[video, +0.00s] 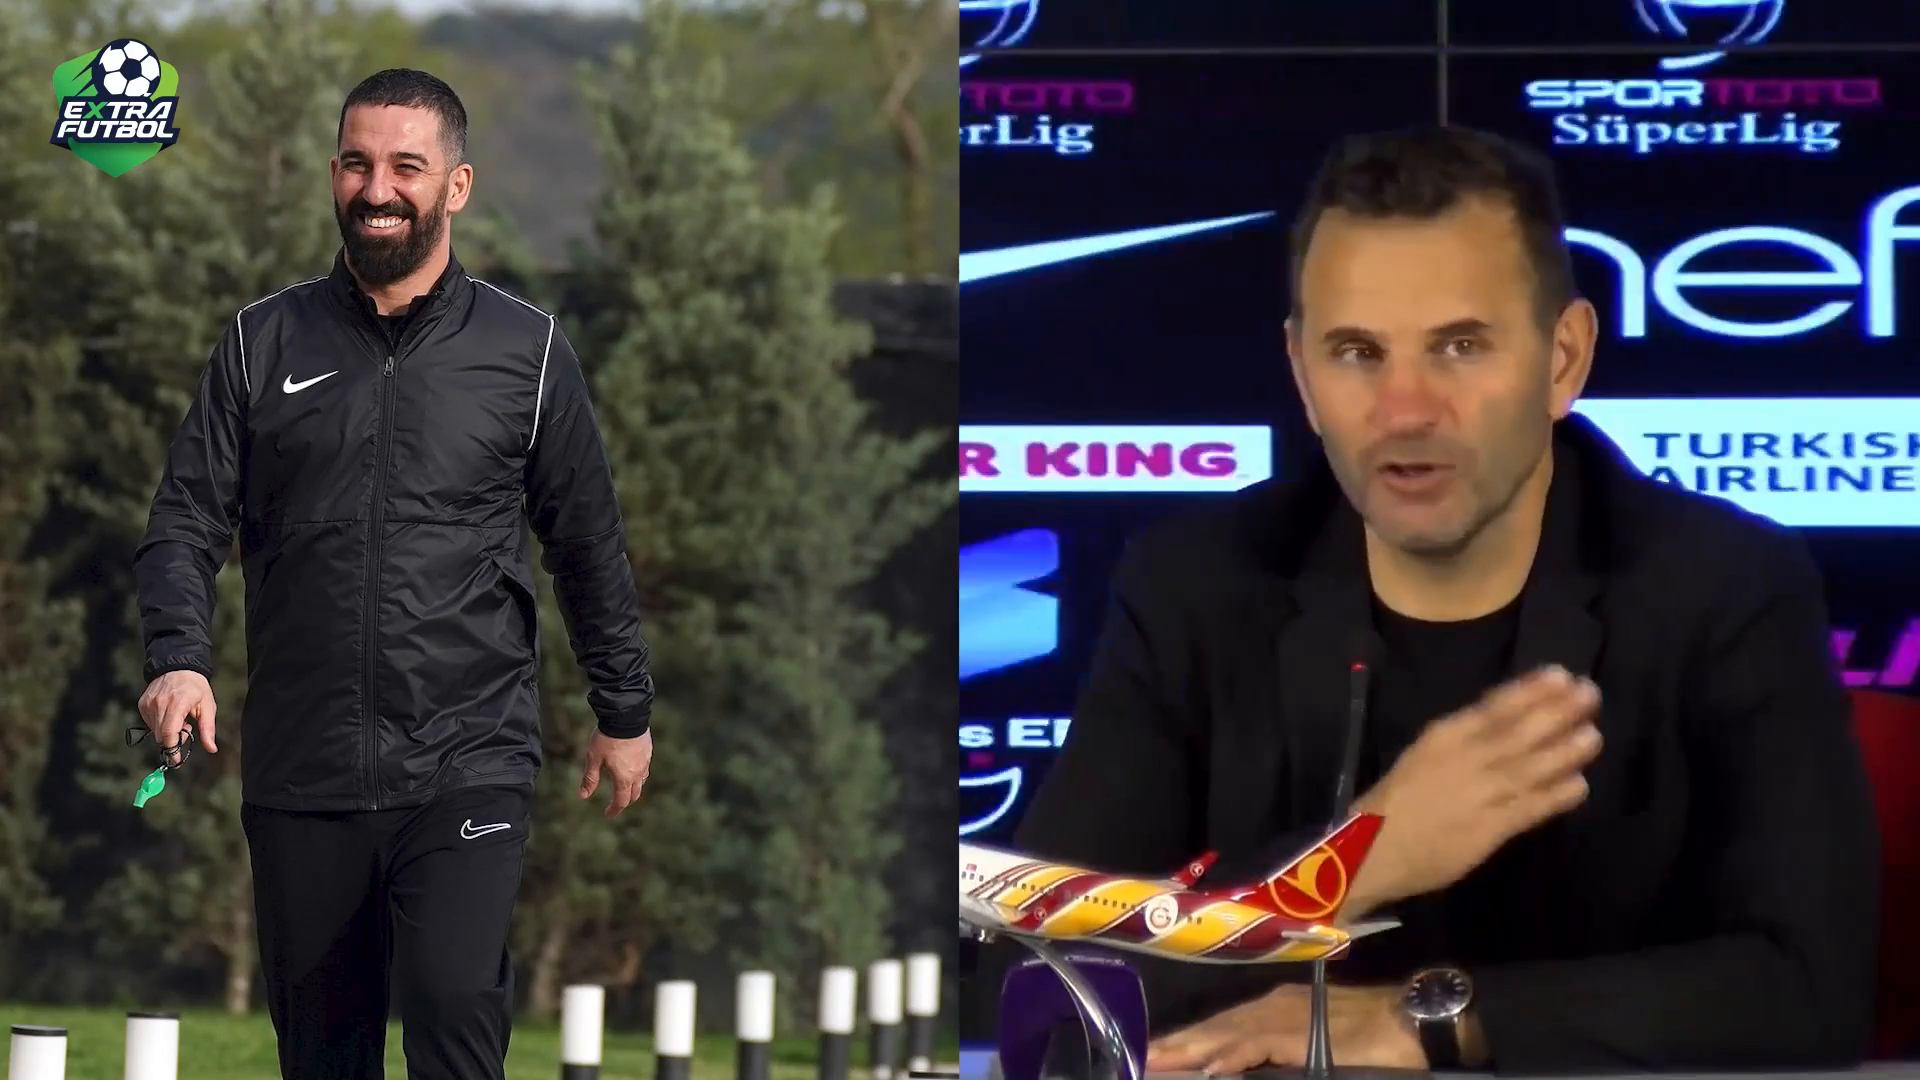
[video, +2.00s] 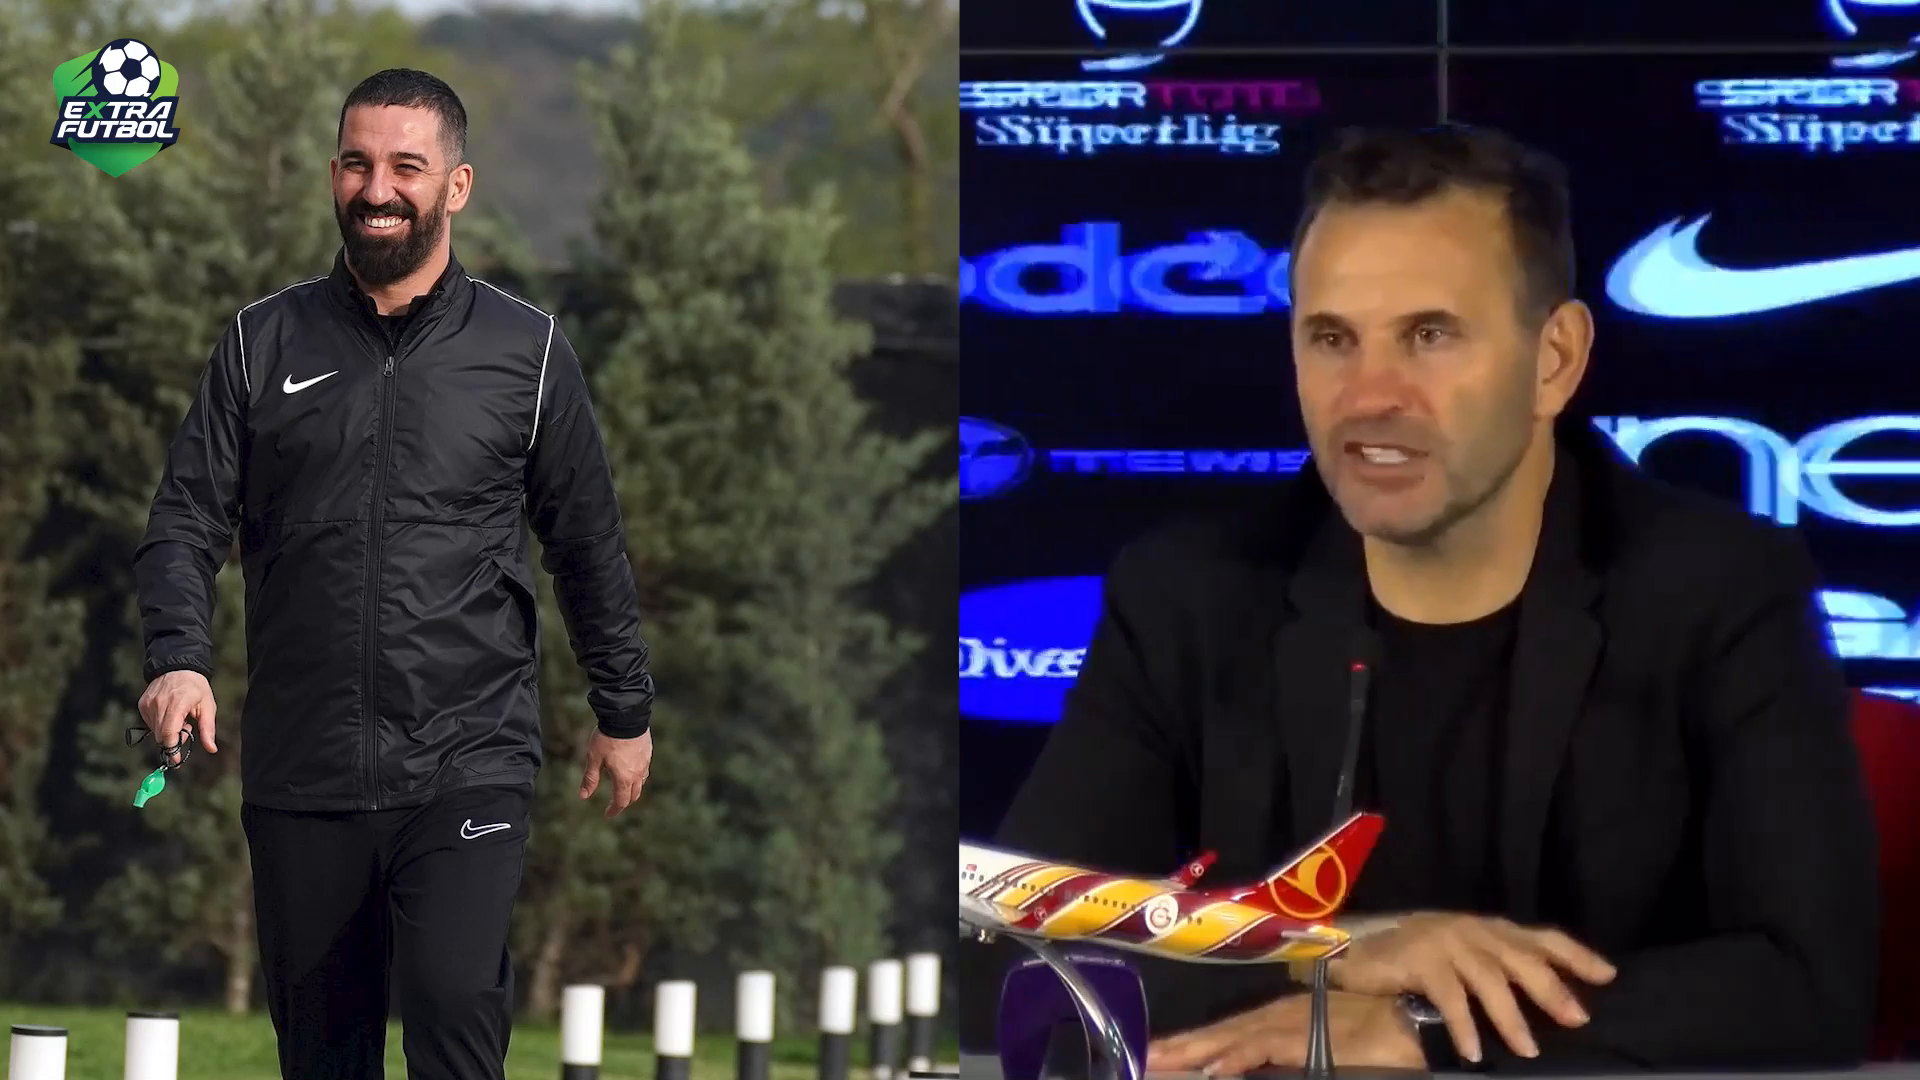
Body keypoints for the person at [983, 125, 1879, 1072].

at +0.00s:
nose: (1404, 405)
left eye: (1461, 345)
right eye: (1358, 351)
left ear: (1566, 355)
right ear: (1300, 367)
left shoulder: (1729, 593)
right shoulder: (1193, 588)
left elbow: (1810, 993)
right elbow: (1049, 981)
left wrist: (1432, 1020)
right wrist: (1357, 858)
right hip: (1252, 1077)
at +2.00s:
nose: (1368, 392)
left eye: (1430, 334)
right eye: (1332, 338)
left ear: (1557, 358)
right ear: (1294, 356)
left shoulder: (1722, 592)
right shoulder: (1192, 592)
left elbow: (1809, 990)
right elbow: (1026, 956)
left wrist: (1418, 1030)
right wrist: (1329, 955)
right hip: (1248, 1072)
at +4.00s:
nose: (1324, 404)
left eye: (1388, 346)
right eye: (1301, 347)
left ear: (1538, 366)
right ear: (1276, 352)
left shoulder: (1731, 597)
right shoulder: (1196, 595)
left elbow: (1807, 995)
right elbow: (1022, 956)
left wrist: (1422, 1039)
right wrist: (1321, 962)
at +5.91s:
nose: (1356, 393)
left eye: (1418, 336)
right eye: (1325, 339)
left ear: (1555, 360)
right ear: (1293, 355)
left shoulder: (1734, 593)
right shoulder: (1194, 591)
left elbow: (1807, 989)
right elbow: (1023, 946)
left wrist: (1428, 1035)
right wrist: (1323, 960)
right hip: (1251, 1077)